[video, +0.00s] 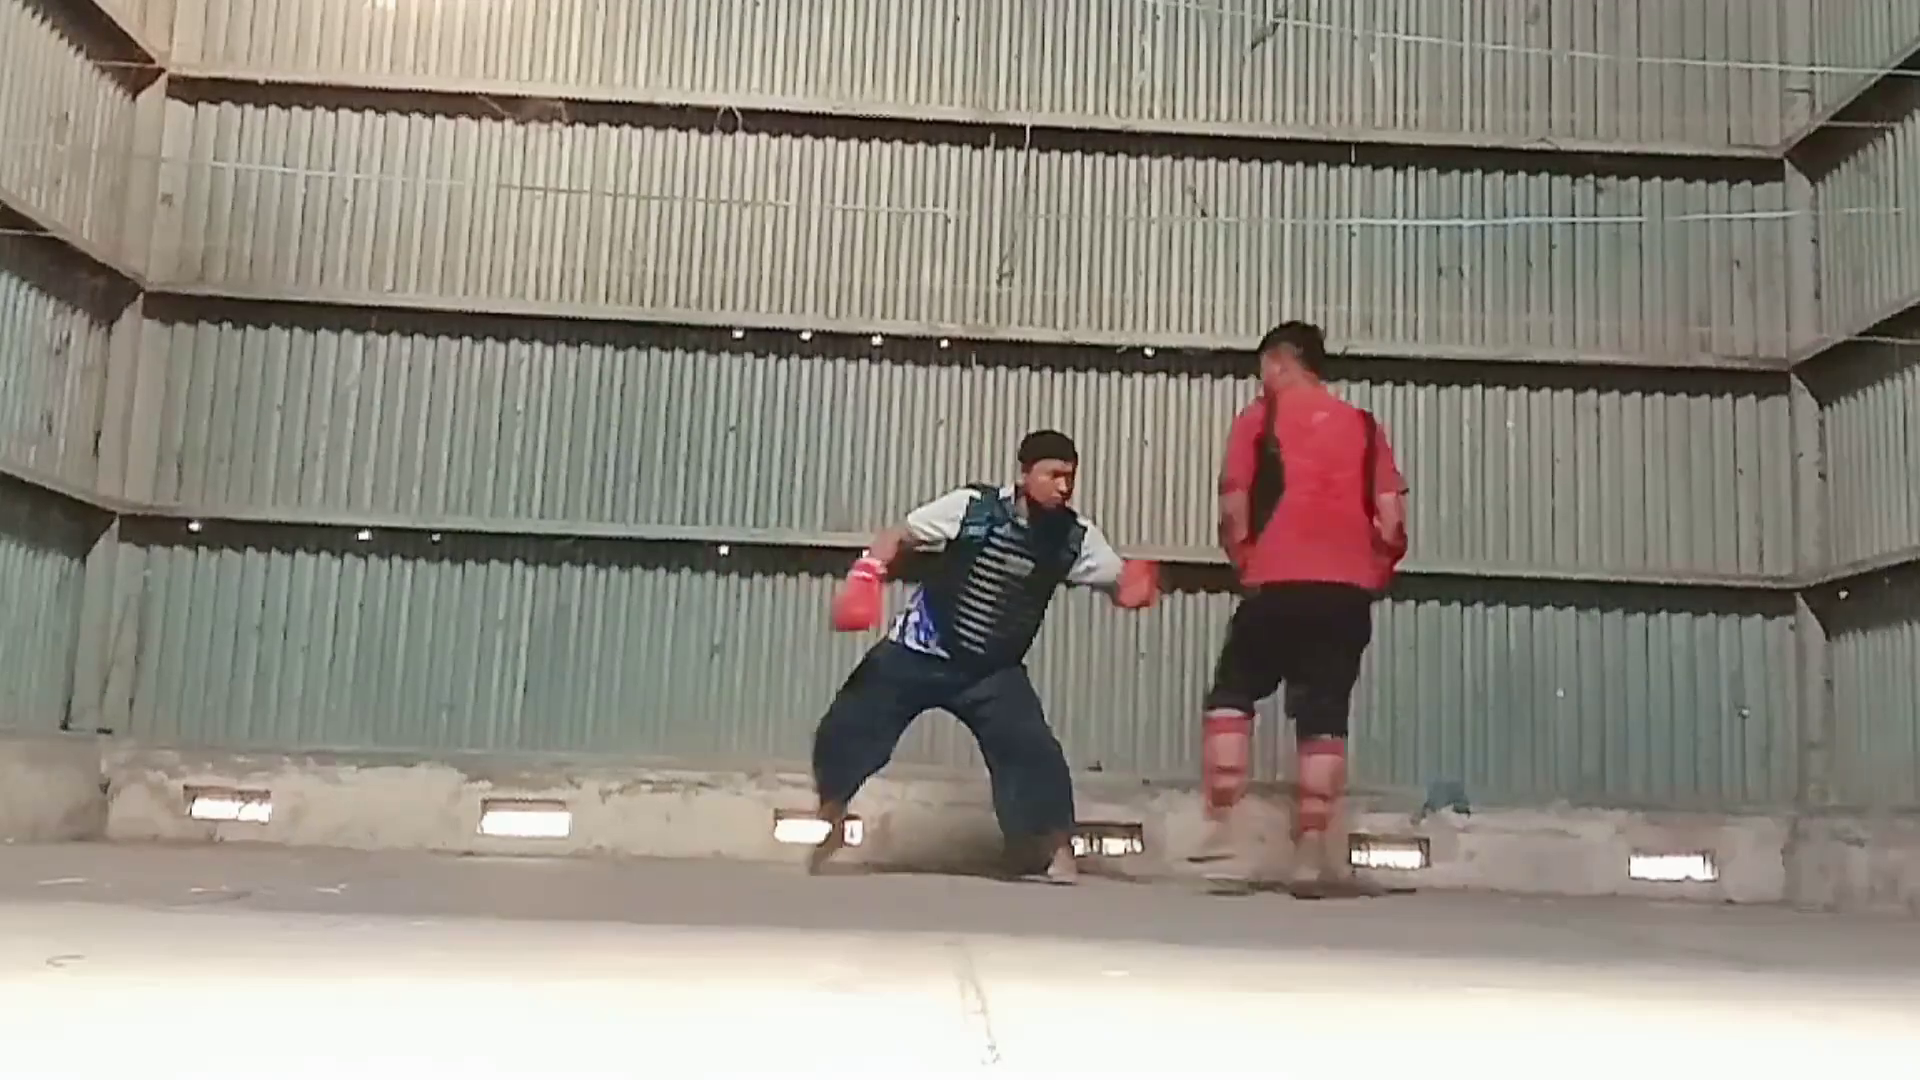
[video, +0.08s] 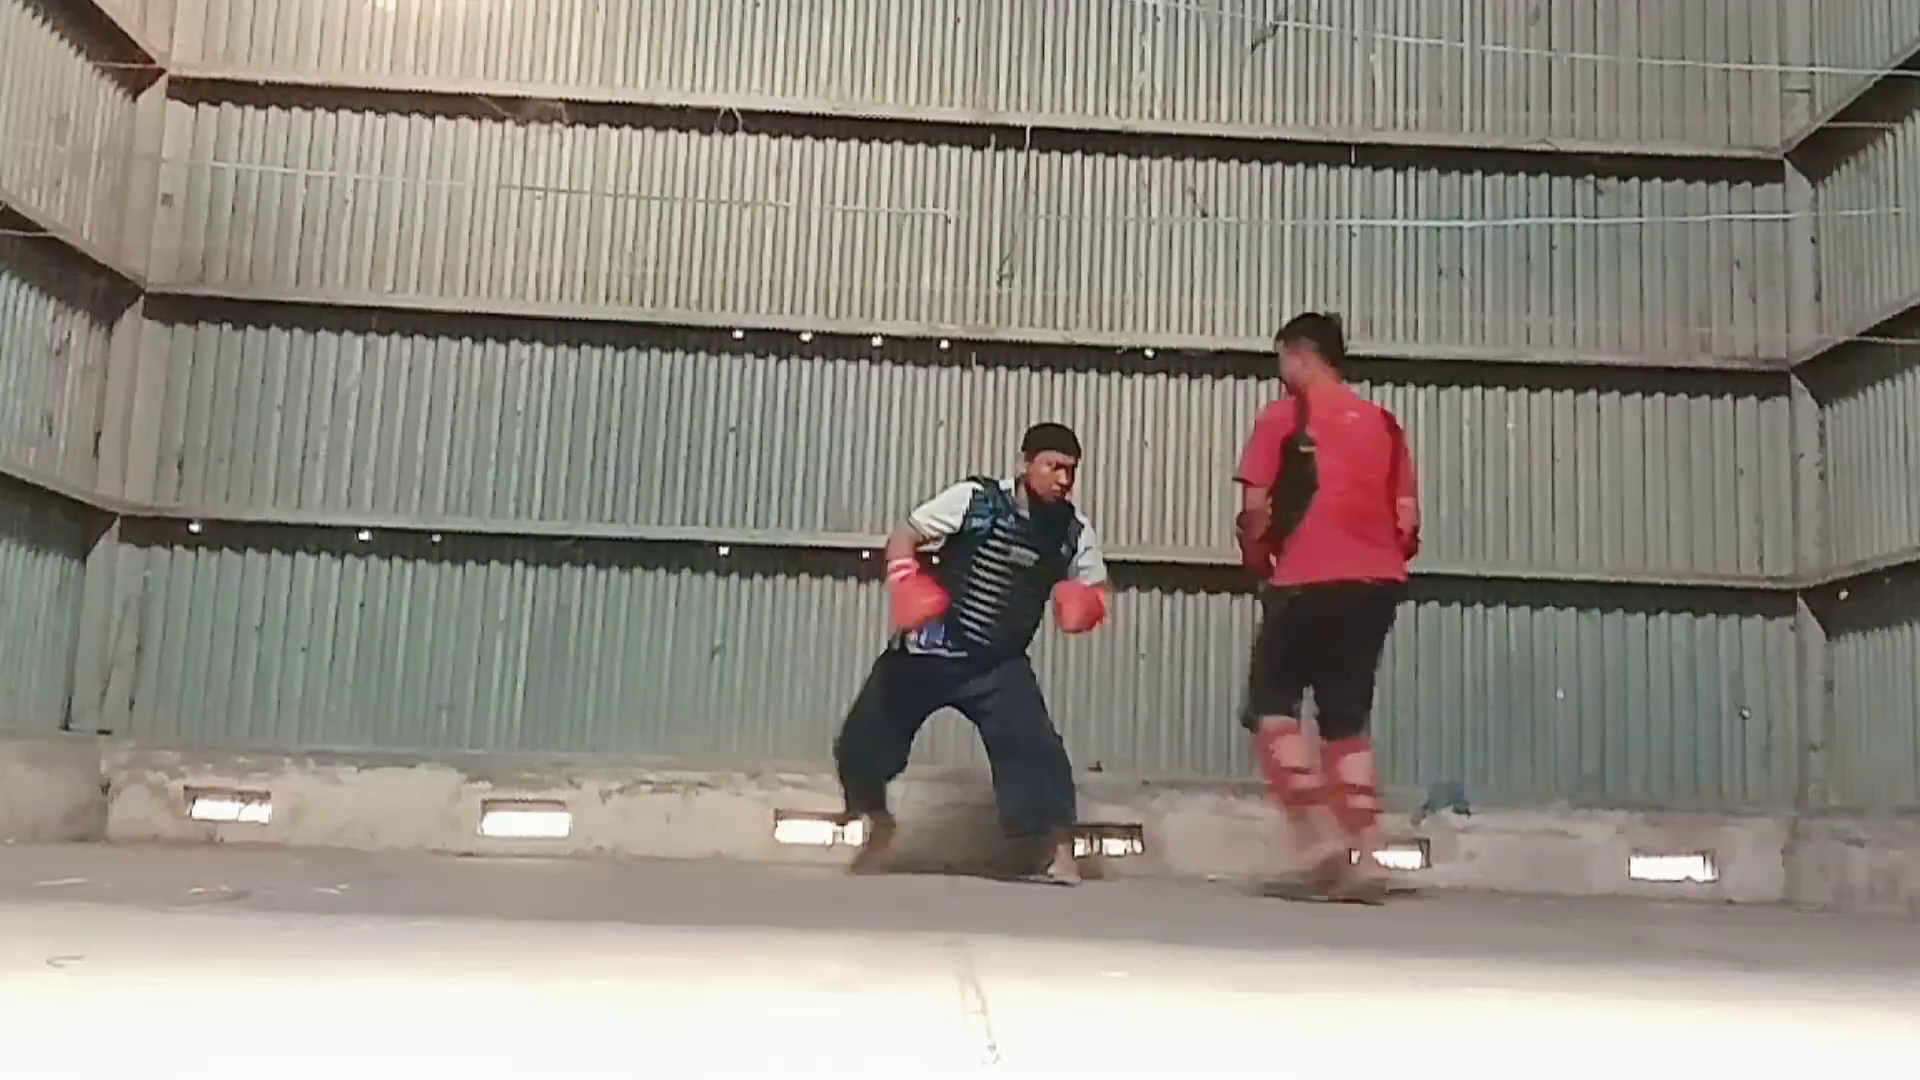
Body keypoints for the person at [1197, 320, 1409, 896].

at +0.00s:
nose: (1261, 380)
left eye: (1262, 370)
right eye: (1261, 372)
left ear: (1280, 362)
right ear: (1318, 365)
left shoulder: (1258, 415)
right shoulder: (1365, 423)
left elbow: (1234, 503)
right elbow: (1391, 521)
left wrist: (1247, 567)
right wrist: (1371, 576)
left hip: (1276, 593)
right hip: (1346, 595)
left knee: (1230, 700)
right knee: (1323, 715)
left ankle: (1225, 831)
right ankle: (1314, 854)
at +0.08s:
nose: (1281, 371)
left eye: (1283, 360)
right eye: (1280, 361)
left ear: (1304, 357)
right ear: (1335, 359)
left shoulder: (1283, 416)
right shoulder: (1385, 422)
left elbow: (1255, 505)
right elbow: (1407, 521)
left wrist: (1254, 556)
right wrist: (1386, 569)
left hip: (1305, 586)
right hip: (1376, 587)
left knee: (1275, 708)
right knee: (1346, 715)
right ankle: (1366, 858)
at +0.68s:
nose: (1356, 358)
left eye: (1361, 345)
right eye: (1358, 346)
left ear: (1385, 346)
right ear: (1394, 348)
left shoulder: (1456, 398)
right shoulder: (1389, 421)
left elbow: (1532, 462)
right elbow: (1408, 512)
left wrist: (1544, 554)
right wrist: (1372, 549)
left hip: (1494, 595)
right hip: (1432, 603)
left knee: (1528, 733)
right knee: (1425, 735)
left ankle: (1595, 866)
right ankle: (1438, 880)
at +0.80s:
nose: (1352, 354)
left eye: (1358, 341)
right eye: (1354, 342)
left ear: (1386, 341)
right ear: (1385, 343)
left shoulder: (1463, 396)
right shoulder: (1378, 431)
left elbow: (1547, 458)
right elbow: (1373, 519)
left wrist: (1540, 536)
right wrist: (1353, 565)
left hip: (1491, 597)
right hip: (1420, 608)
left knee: (1508, 722)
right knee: (1410, 738)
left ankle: (1570, 867)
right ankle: (1435, 881)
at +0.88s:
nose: (1359, 347)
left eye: (1365, 333)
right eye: (1360, 334)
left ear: (1395, 333)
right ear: (1397, 335)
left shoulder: (1472, 390)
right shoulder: (1384, 418)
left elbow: (1541, 463)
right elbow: (1373, 509)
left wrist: (1502, 536)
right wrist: (1354, 558)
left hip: (1492, 602)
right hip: (1419, 605)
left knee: (1513, 729)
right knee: (1395, 730)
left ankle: (1539, 885)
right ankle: (1431, 876)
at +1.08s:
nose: (1361, 340)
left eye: (1368, 327)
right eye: (1363, 328)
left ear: (1401, 326)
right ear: (1395, 327)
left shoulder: (1474, 392)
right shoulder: (1388, 406)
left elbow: (1499, 481)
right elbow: (1396, 500)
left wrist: (1402, 521)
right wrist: (1357, 548)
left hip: (1478, 601)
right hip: (1398, 599)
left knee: (1510, 730)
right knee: (1324, 701)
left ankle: (1536, 889)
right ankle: (1336, 852)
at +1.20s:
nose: (1354, 342)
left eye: (1361, 328)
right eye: (1354, 329)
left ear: (1396, 328)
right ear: (1391, 330)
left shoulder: (1465, 389)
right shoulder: (1375, 410)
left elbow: (1482, 481)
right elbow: (1366, 500)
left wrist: (1381, 484)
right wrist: (1334, 549)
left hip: (1458, 603)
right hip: (1378, 601)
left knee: (1500, 737)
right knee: (1322, 721)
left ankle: (1535, 890)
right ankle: (1277, 859)